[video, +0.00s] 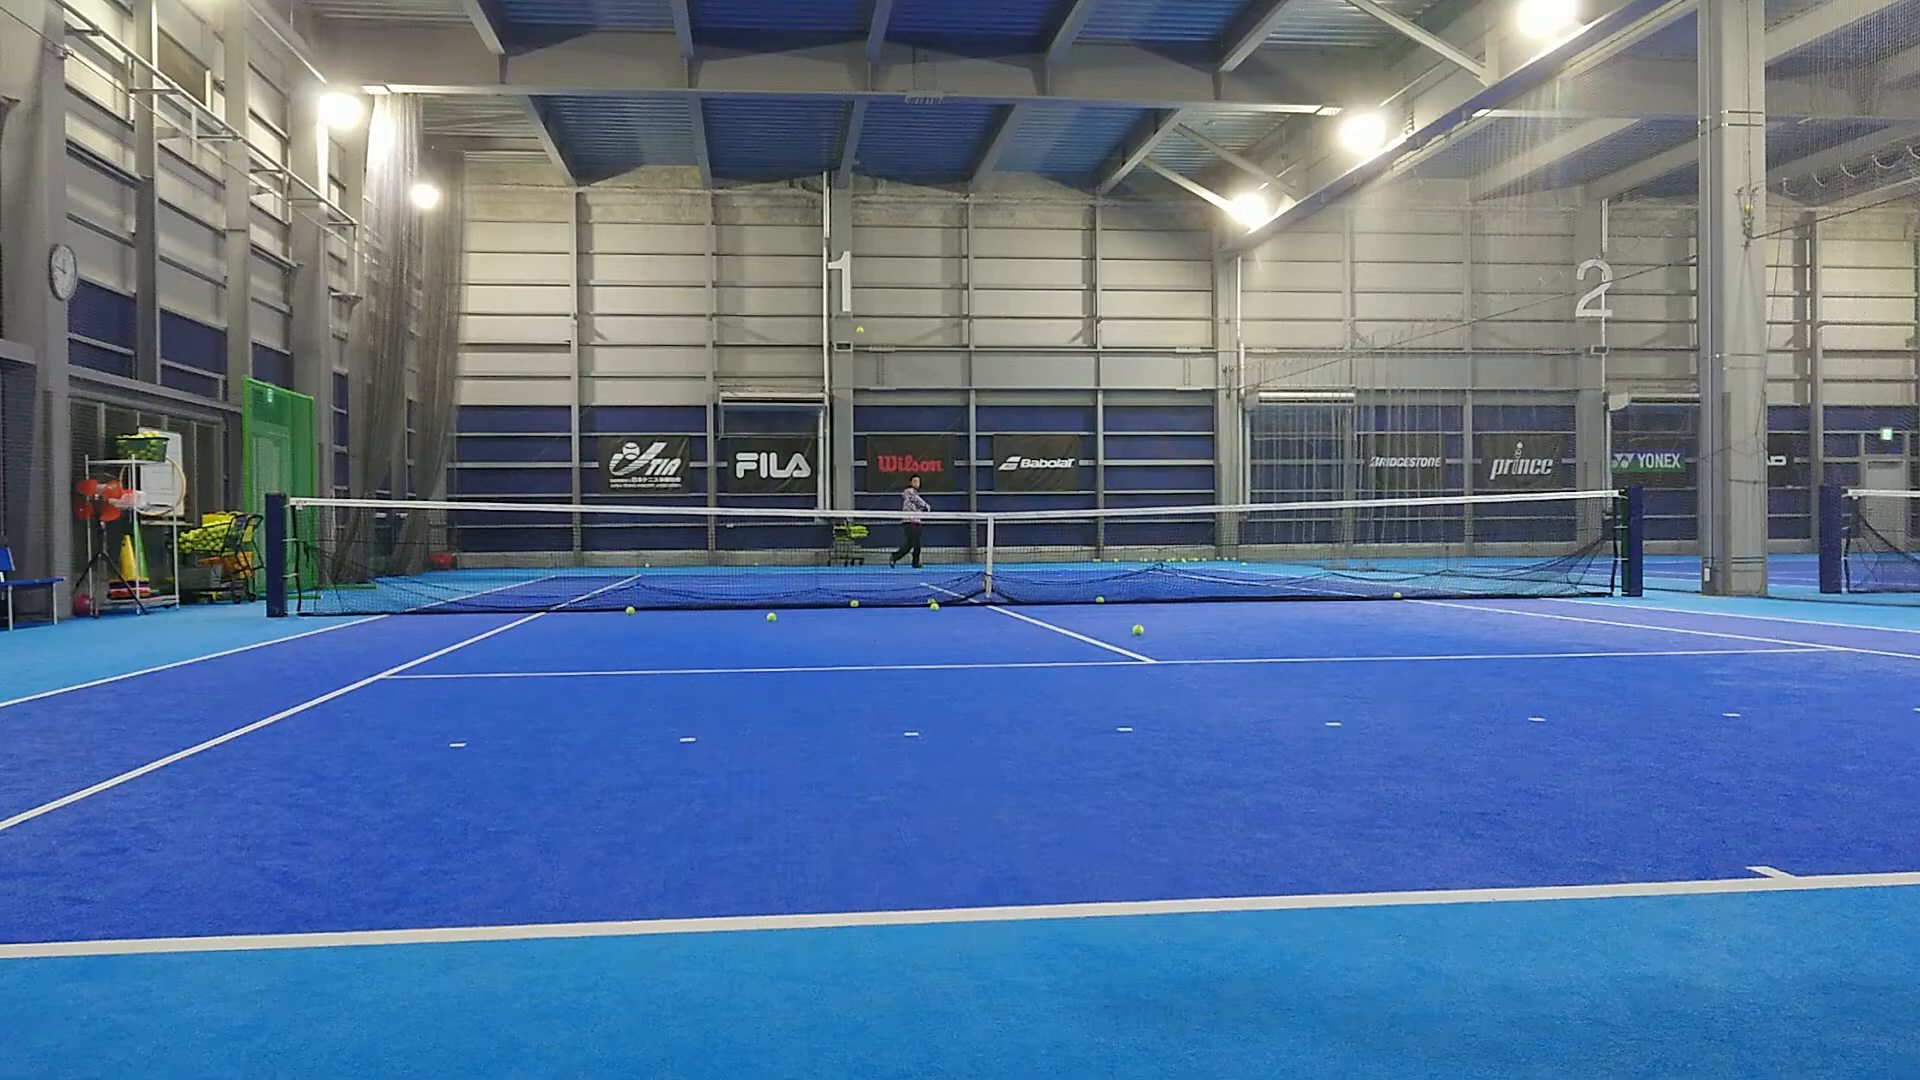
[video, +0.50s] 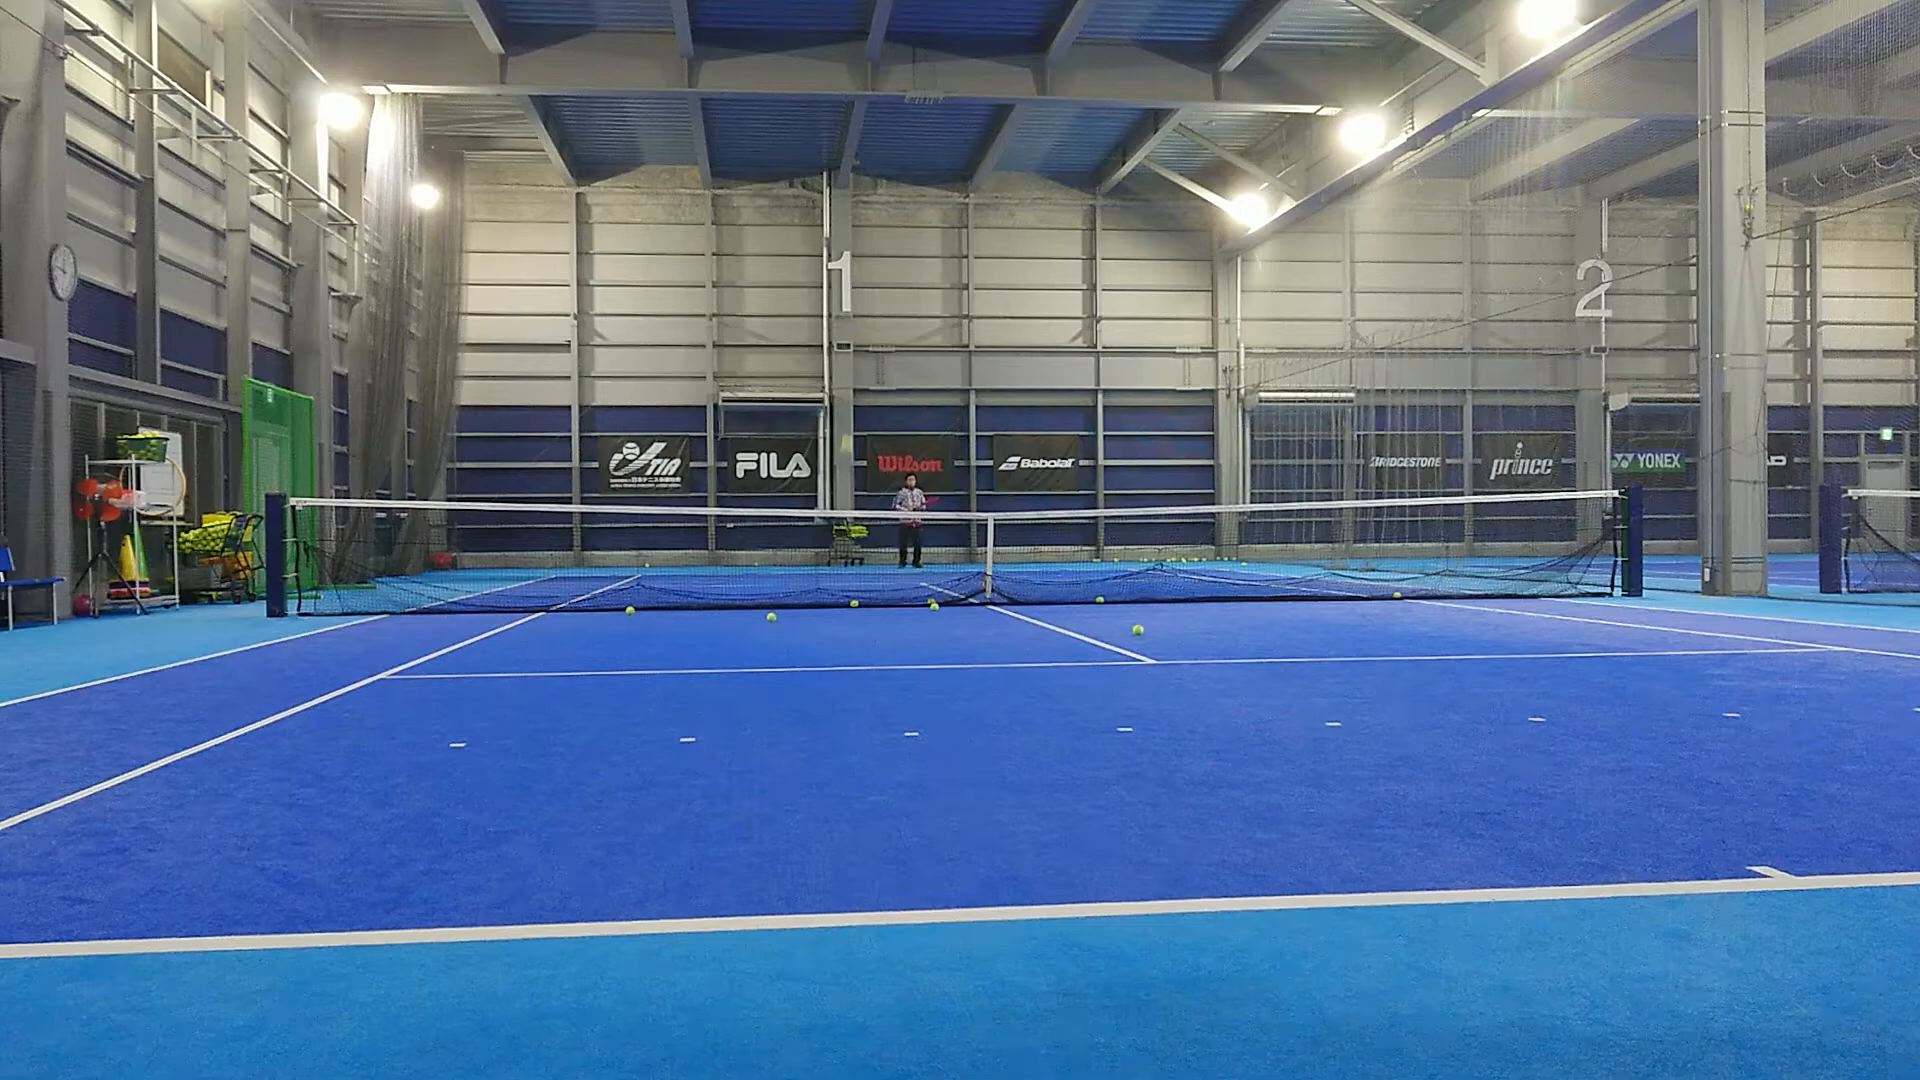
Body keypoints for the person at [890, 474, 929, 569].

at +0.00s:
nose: (917, 483)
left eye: (918, 481)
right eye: (915, 481)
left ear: (919, 483)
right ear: (911, 482)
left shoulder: (914, 493)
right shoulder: (909, 492)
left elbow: (915, 505)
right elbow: (918, 500)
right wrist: (927, 506)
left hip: (916, 520)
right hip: (910, 520)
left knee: (916, 543)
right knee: (912, 542)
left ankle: (916, 562)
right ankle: (895, 556)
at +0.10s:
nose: (917, 483)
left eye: (918, 481)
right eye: (915, 481)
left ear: (919, 483)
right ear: (911, 482)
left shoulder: (914, 493)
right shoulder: (910, 492)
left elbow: (916, 504)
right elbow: (917, 503)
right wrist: (926, 508)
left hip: (916, 520)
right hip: (910, 520)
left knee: (916, 544)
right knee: (913, 543)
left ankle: (916, 562)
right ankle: (897, 557)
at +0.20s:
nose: (917, 483)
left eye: (918, 481)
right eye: (915, 481)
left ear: (920, 482)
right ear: (911, 482)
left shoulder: (918, 493)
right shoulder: (908, 492)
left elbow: (918, 506)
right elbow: (912, 506)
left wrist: (924, 510)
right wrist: (924, 509)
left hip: (917, 520)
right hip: (909, 520)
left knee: (917, 543)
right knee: (912, 543)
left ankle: (916, 562)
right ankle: (897, 557)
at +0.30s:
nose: (915, 482)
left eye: (917, 480)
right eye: (913, 480)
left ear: (919, 481)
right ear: (910, 481)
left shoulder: (920, 492)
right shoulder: (906, 491)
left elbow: (920, 504)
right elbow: (904, 504)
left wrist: (925, 509)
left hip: (918, 519)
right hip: (909, 519)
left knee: (917, 542)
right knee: (911, 541)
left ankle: (916, 561)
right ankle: (899, 558)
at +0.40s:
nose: (913, 482)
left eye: (915, 479)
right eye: (911, 479)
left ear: (917, 481)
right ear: (908, 481)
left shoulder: (920, 492)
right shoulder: (904, 491)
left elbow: (923, 504)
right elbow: (900, 504)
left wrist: (921, 510)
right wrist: (910, 510)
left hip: (917, 520)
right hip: (906, 520)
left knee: (917, 542)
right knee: (906, 541)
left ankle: (916, 561)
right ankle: (902, 560)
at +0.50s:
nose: (911, 482)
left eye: (913, 480)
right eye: (909, 480)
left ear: (915, 481)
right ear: (906, 481)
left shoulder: (919, 492)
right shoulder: (901, 493)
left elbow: (924, 505)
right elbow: (896, 505)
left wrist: (919, 509)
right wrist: (906, 511)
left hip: (916, 521)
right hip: (904, 521)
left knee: (917, 543)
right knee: (903, 544)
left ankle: (916, 561)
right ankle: (902, 561)